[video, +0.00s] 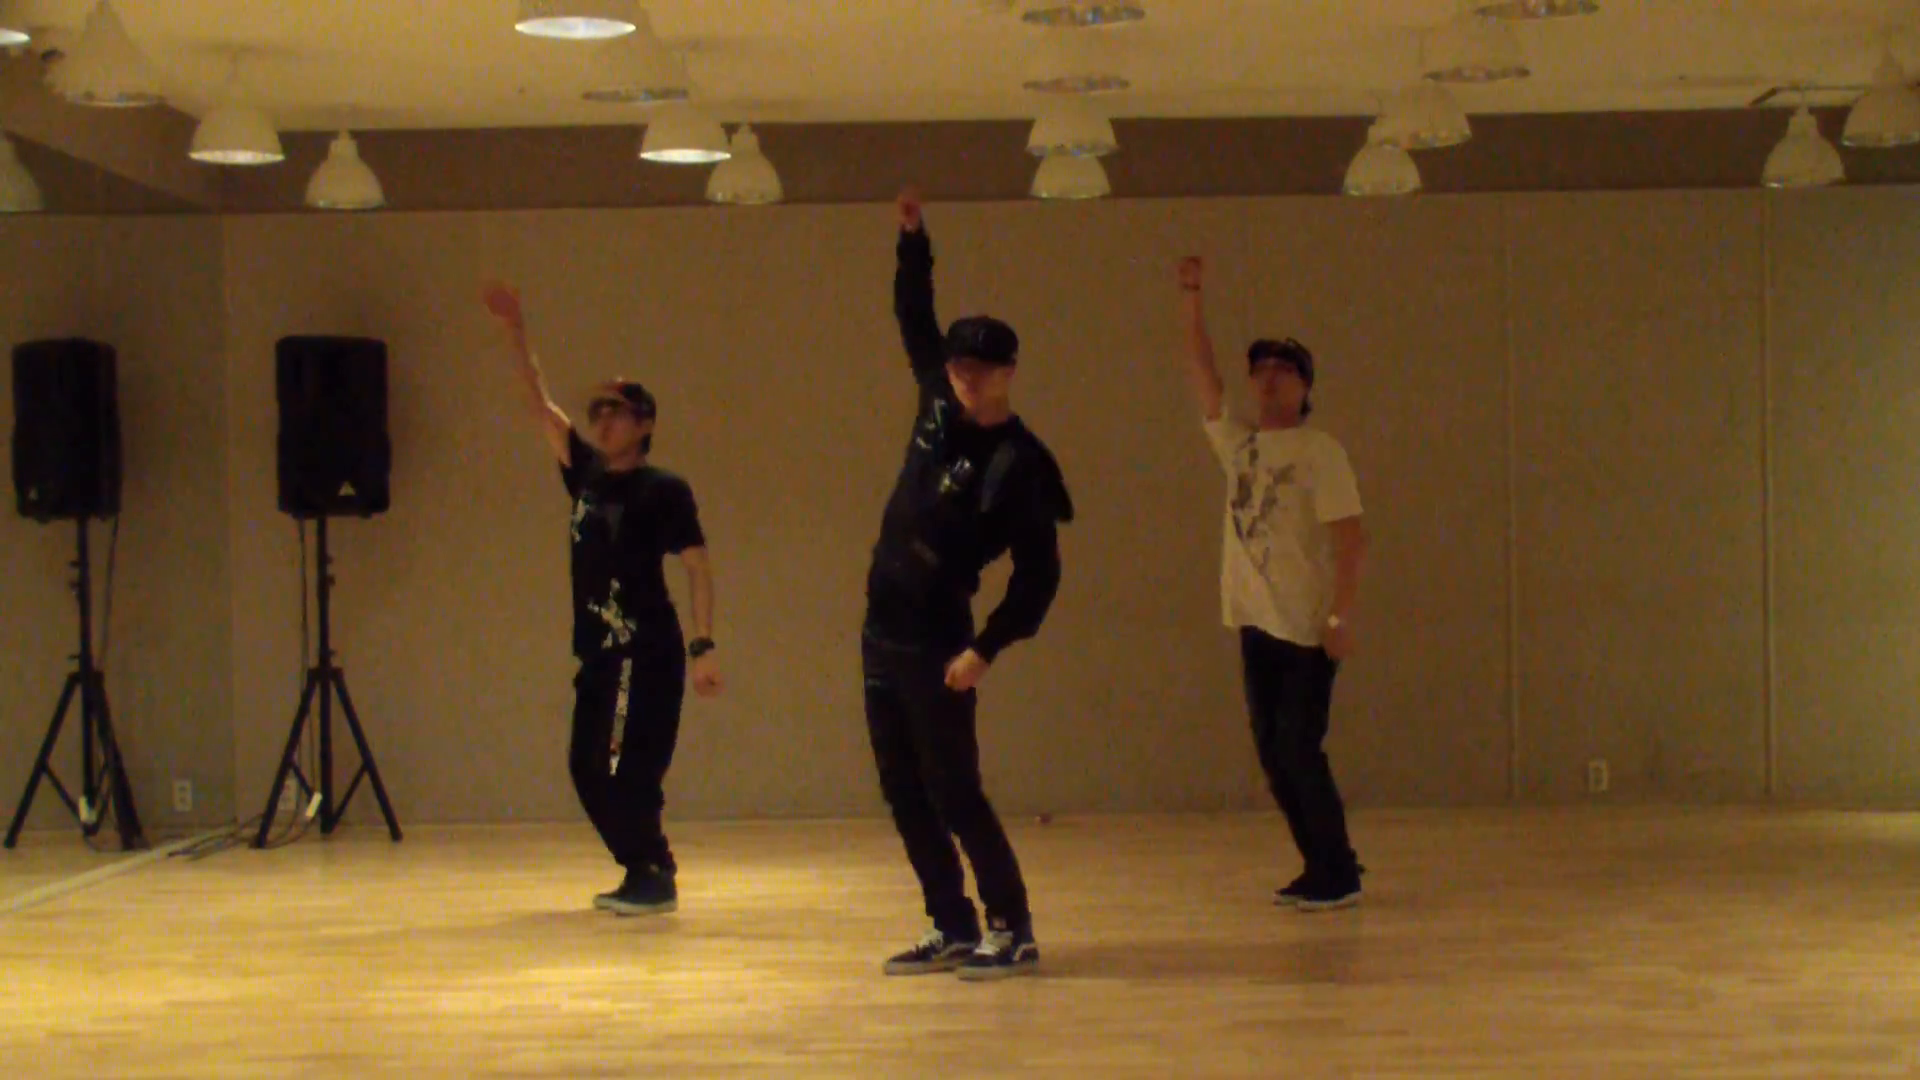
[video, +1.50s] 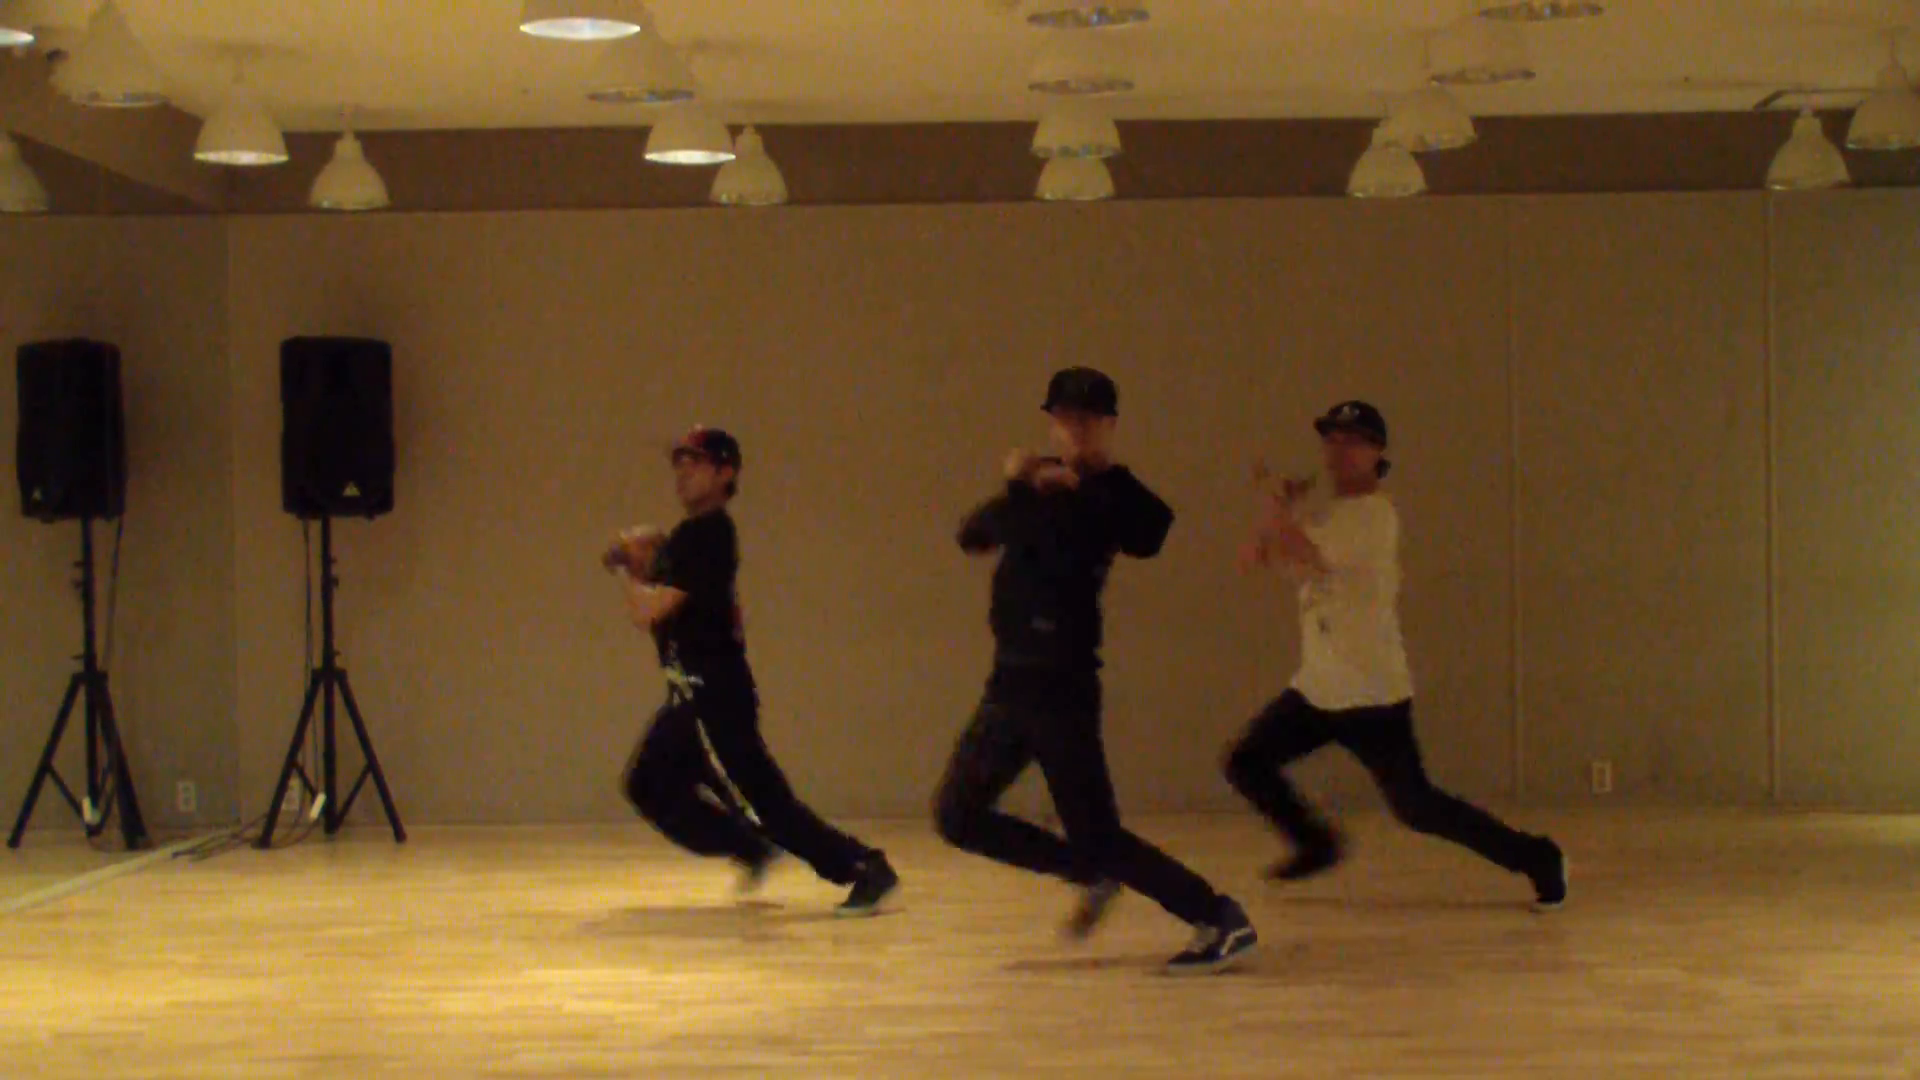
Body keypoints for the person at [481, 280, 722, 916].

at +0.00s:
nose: (603, 424)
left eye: (616, 415)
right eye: (600, 415)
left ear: (644, 428)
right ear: (594, 427)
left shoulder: (664, 491)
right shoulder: (587, 475)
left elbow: (698, 569)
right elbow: (541, 402)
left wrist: (703, 649)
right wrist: (515, 332)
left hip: (649, 652)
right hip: (600, 652)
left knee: (631, 764)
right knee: (587, 766)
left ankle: (652, 873)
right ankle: (642, 867)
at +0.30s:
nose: (630, 429)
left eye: (642, 420)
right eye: (627, 420)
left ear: (674, 428)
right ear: (626, 429)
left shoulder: (695, 495)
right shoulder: (613, 491)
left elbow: (707, 568)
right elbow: (578, 558)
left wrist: (714, 622)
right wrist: (577, 492)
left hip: (639, 635)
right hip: (590, 632)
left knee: (620, 760)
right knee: (585, 762)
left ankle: (653, 873)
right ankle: (639, 869)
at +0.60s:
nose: (582, 469)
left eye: (591, 458)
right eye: (578, 460)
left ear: (624, 456)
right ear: (578, 466)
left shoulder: (673, 492)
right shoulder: (608, 518)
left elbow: (731, 545)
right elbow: (627, 587)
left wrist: (735, 614)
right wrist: (605, 591)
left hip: (684, 643)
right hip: (638, 633)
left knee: (627, 746)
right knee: (557, 631)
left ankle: (654, 876)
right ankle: (597, 735)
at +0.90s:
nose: (612, 498)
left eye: (618, 485)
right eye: (606, 489)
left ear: (650, 479)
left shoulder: (685, 491)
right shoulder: (658, 558)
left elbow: (761, 509)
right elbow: (603, 627)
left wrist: (749, 588)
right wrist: (547, 589)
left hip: (711, 662)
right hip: (671, 653)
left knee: (629, 763)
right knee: (599, 704)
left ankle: (655, 879)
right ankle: (513, 751)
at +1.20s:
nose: (657, 486)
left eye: (666, 473)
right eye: (653, 476)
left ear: (699, 474)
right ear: (662, 483)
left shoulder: (729, 505)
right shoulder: (682, 559)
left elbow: (805, 523)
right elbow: (669, 636)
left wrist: (779, 590)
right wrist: (597, 619)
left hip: (750, 677)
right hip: (734, 683)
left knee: (659, 753)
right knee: (778, 791)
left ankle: (695, 868)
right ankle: (893, 854)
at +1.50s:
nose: (682, 473)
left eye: (694, 463)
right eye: (681, 463)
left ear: (725, 474)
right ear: (683, 471)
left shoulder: (707, 535)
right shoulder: (692, 530)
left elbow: (654, 608)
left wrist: (633, 570)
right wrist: (639, 559)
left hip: (714, 690)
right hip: (692, 688)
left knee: (758, 798)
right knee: (650, 784)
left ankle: (862, 867)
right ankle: (746, 845)